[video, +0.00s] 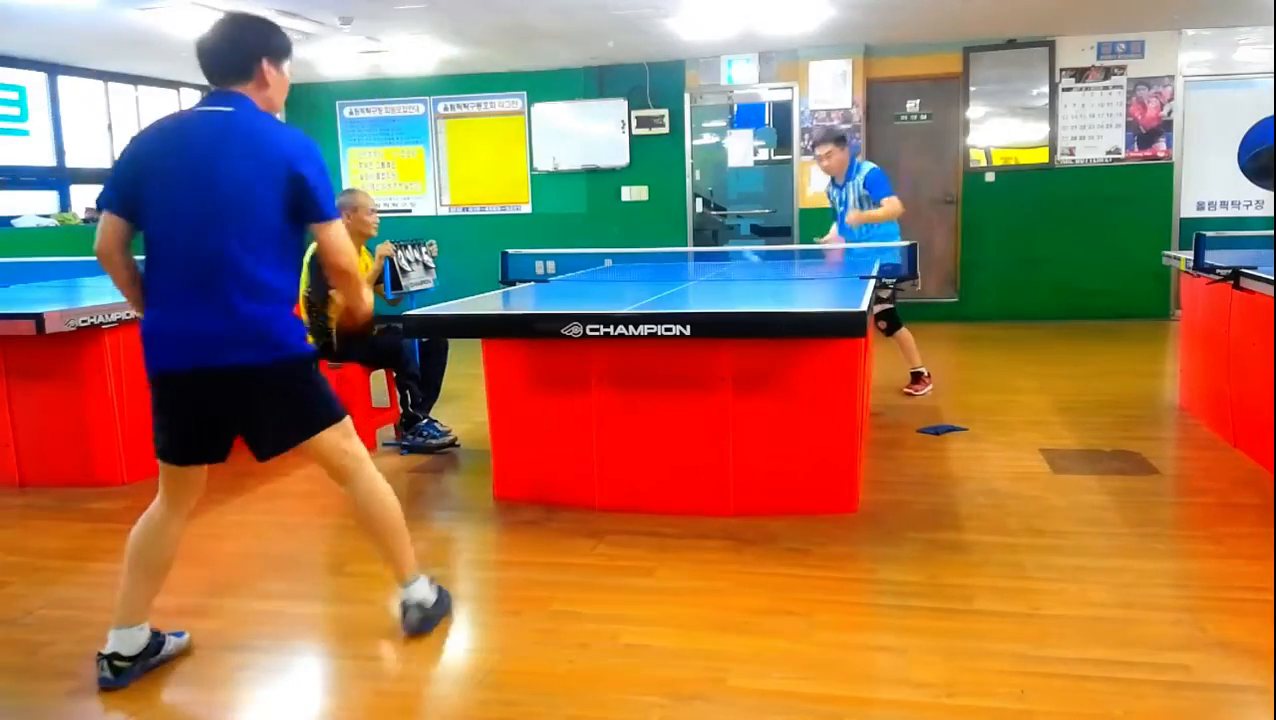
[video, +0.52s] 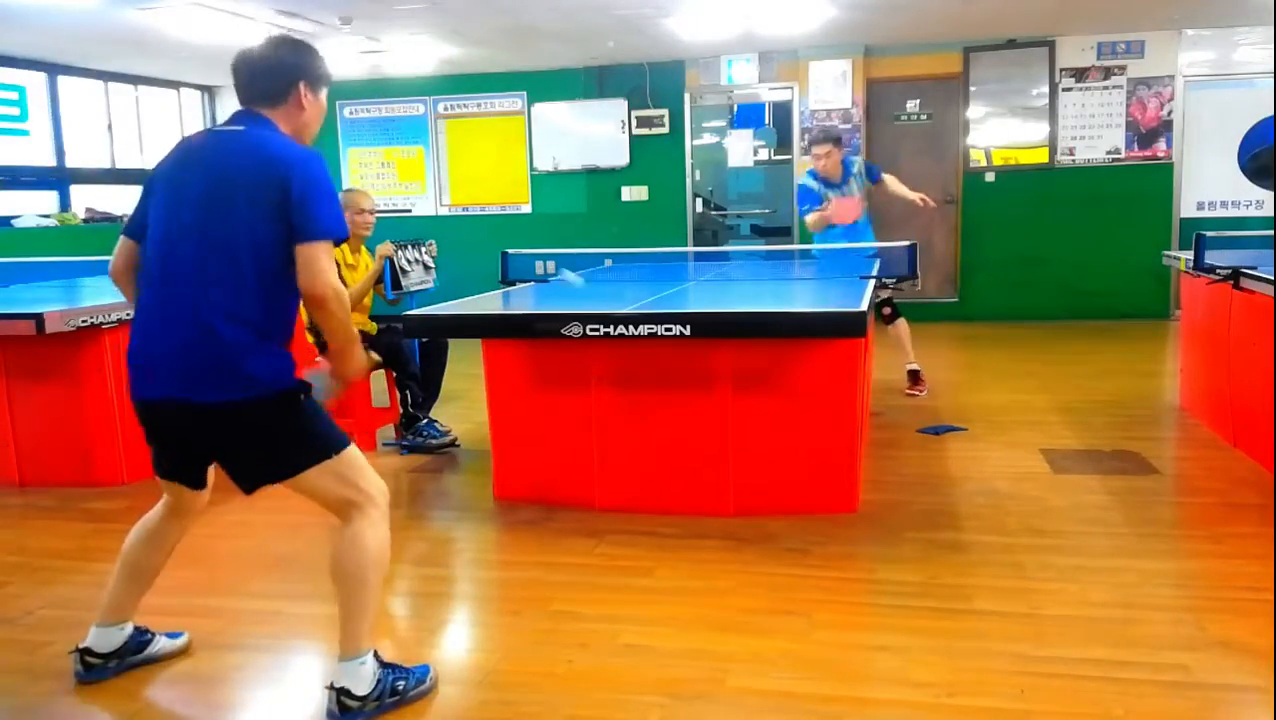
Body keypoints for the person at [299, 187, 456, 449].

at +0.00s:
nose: (377, 218)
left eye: (376, 212)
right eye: (371, 212)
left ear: (354, 217)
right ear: (348, 216)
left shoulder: (361, 251)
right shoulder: (325, 252)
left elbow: (392, 298)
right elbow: (352, 302)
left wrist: (417, 260)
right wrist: (378, 264)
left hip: (361, 332)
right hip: (333, 340)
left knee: (435, 341)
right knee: (403, 346)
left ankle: (419, 419)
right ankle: (411, 426)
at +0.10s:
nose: (378, 218)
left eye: (377, 212)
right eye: (372, 212)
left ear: (354, 219)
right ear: (349, 218)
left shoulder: (363, 254)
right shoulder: (326, 252)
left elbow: (391, 298)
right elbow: (342, 305)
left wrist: (420, 260)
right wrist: (376, 268)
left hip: (362, 331)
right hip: (334, 341)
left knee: (436, 340)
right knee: (402, 343)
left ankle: (419, 419)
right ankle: (411, 424)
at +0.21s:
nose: (378, 218)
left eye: (377, 212)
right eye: (372, 212)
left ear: (354, 219)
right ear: (350, 218)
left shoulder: (364, 254)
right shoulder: (327, 252)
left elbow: (391, 297)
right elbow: (342, 305)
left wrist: (418, 261)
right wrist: (376, 267)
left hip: (364, 332)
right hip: (335, 341)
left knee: (436, 340)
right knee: (403, 342)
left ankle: (419, 418)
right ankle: (411, 424)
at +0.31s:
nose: (377, 218)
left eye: (377, 212)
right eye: (371, 212)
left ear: (355, 219)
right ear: (348, 218)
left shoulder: (364, 254)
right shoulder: (327, 252)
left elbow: (392, 298)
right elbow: (344, 303)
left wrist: (418, 261)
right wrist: (377, 267)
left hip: (365, 331)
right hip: (334, 341)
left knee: (436, 339)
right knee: (403, 342)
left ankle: (420, 417)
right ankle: (409, 424)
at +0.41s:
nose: (375, 219)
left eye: (375, 213)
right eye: (368, 212)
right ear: (346, 216)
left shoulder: (365, 254)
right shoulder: (328, 255)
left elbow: (391, 299)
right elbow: (343, 304)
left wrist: (418, 261)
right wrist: (377, 267)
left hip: (366, 331)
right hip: (336, 340)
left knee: (436, 340)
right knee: (405, 345)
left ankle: (420, 418)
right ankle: (410, 426)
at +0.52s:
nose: (370, 219)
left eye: (373, 213)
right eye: (363, 212)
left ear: (375, 217)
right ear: (344, 216)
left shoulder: (365, 254)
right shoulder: (327, 256)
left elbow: (391, 298)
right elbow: (345, 303)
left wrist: (420, 261)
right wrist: (377, 266)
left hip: (365, 329)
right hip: (339, 335)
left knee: (436, 340)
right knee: (401, 343)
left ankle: (419, 418)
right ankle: (411, 424)